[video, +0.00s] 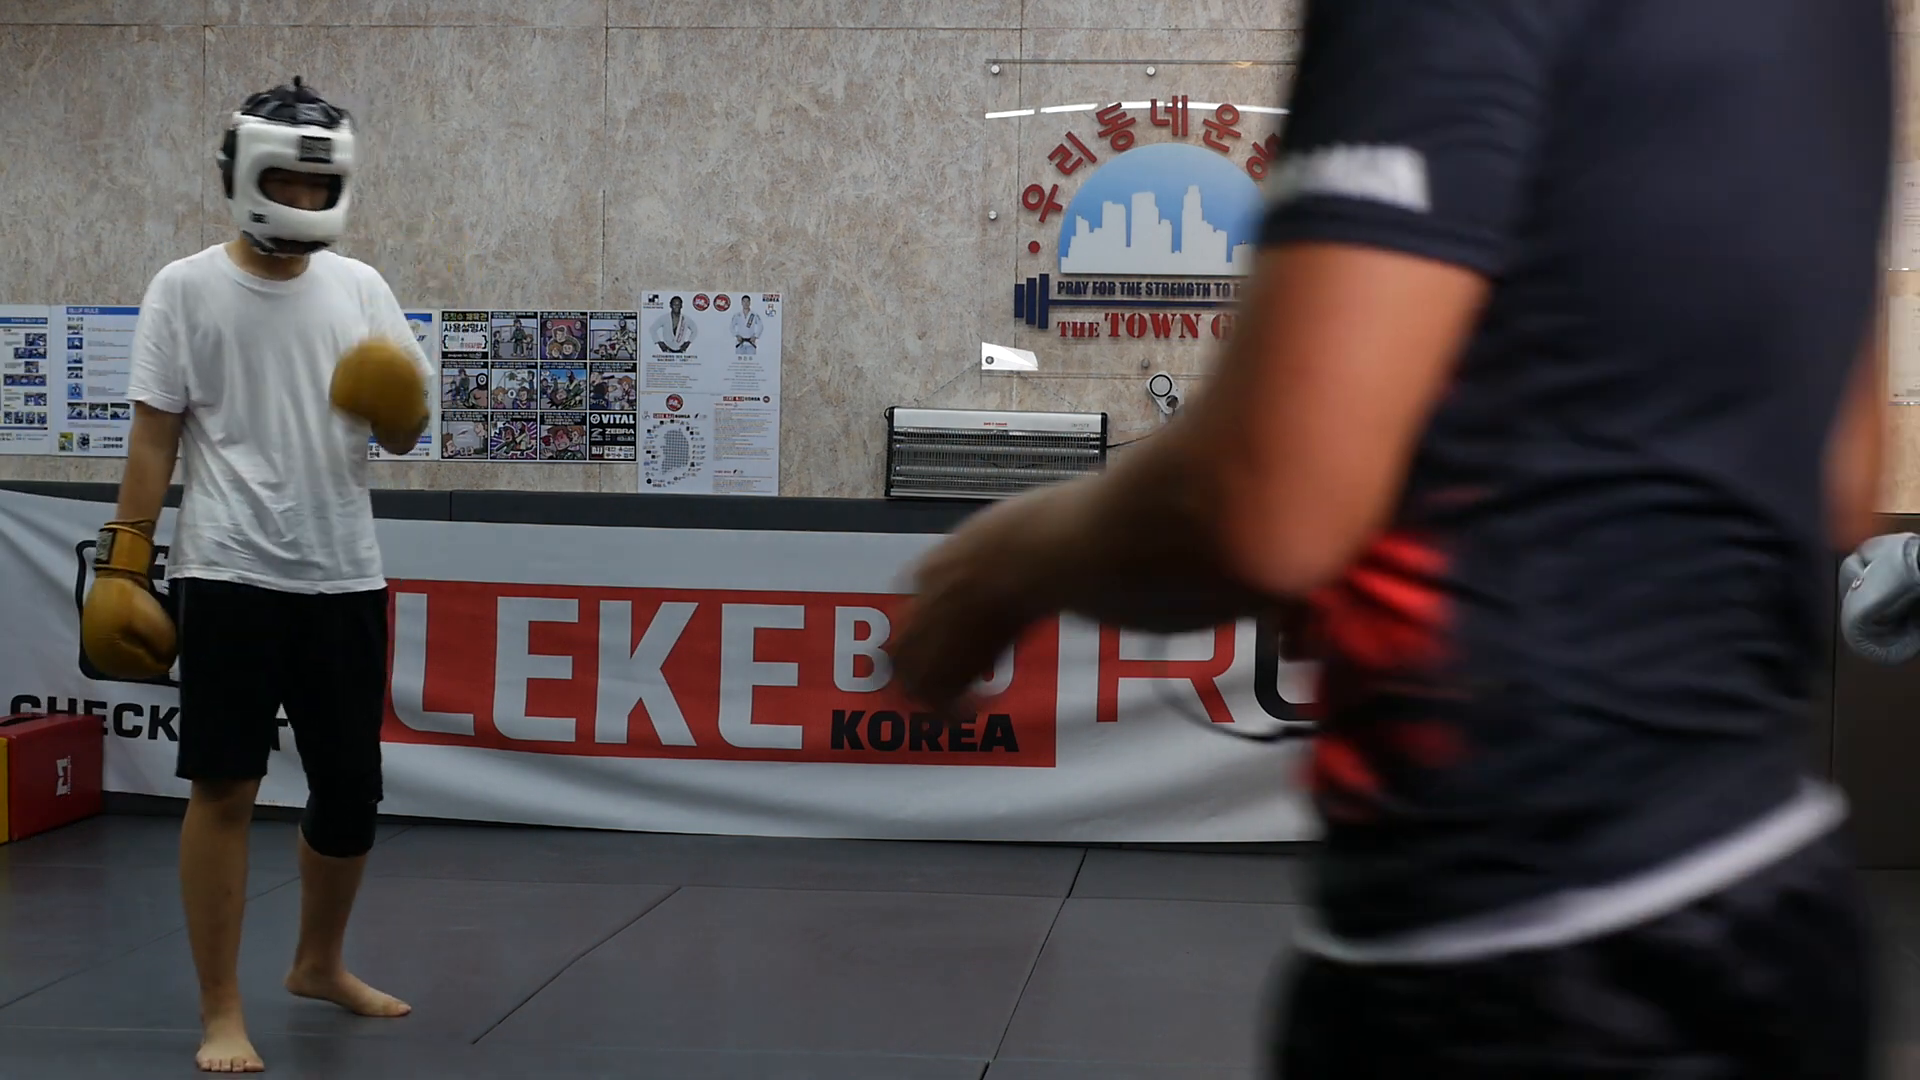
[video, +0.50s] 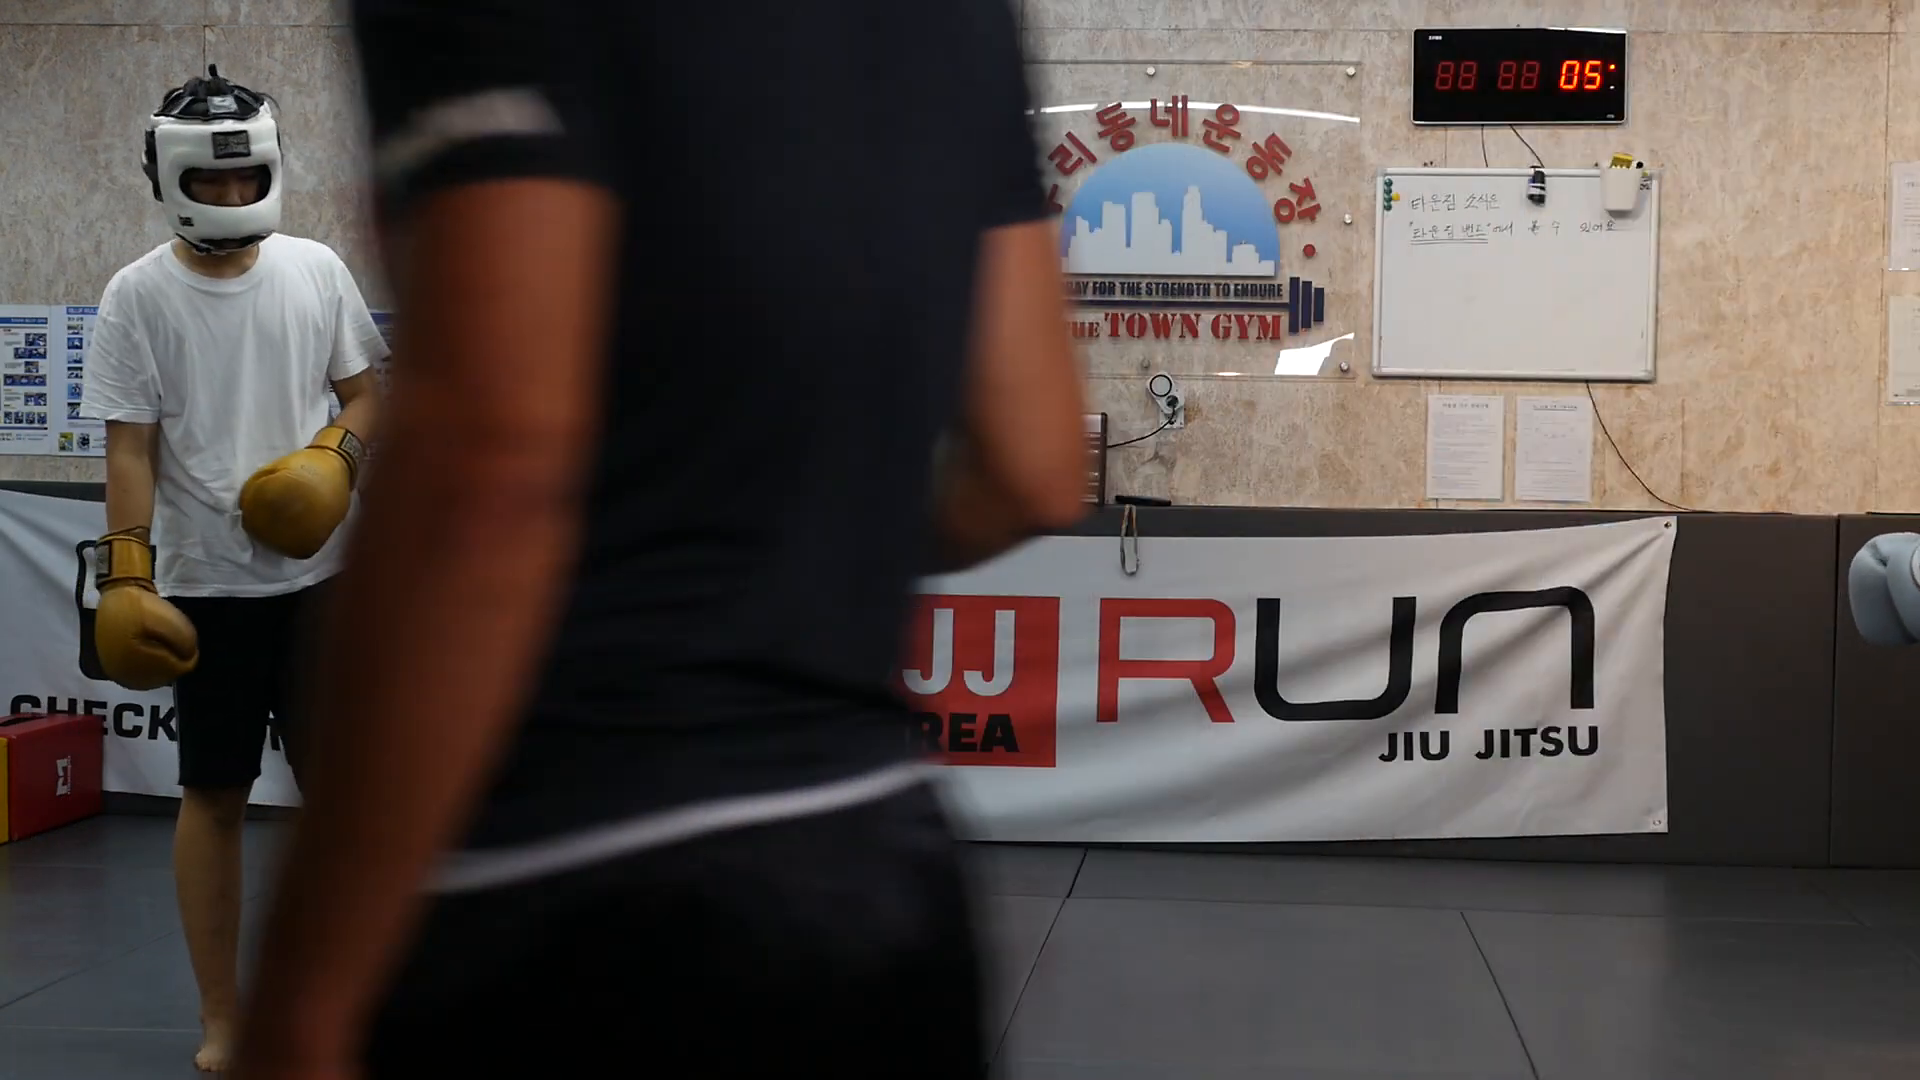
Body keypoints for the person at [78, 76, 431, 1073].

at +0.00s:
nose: (302, 187)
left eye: (319, 171)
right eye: (283, 168)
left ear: (341, 181)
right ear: (239, 170)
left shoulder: (362, 289)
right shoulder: (185, 289)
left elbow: (402, 439)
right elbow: (153, 440)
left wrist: (398, 403)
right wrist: (123, 573)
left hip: (343, 583)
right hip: (228, 580)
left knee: (350, 793)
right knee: (224, 793)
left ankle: (319, 965)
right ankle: (221, 1015)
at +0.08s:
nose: (272, 182)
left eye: (291, 166)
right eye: (251, 165)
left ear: (319, 177)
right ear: (214, 171)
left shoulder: (354, 289)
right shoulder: (172, 289)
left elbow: (384, 422)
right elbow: (142, 440)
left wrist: (371, 457)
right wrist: (111, 569)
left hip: (336, 585)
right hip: (216, 585)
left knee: (363, 791)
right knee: (217, 796)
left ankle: (323, 956)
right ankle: (221, 1017)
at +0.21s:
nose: (236, 185)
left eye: (256, 167)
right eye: (216, 167)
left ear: (290, 172)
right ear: (186, 171)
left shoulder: (338, 285)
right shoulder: (154, 290)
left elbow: (366, 408)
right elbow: (129, 437)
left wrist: (351, 468)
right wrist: (104, 566)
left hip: (331, 586)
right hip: (208, 588)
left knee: (374, 794)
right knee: (212, 800)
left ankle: (333, 952)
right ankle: (219, 1017)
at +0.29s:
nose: (223, 186)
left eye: (243, 167)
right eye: (202, 168)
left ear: (276, 170)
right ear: (172, 173)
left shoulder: (331, 280)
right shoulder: (145, 289)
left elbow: (365, 405)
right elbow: (124, 438)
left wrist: (340, 463)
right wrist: (104, 568)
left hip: (327, 584)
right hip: (205, 589)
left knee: (367, 793)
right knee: (211, 800)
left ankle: (342, 976)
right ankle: (219, 1018)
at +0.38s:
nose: (221, 185)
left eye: (240, 166)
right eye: (199, 168)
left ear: (270, 169)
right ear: (165, 176)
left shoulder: (324, 275)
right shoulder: (140, 292)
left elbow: (363, 400)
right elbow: (125, 440)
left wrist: (333, 456)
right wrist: (108, 572)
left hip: (327, 582)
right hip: (206, 590)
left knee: (357, 795)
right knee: (211, 800)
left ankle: (352, 1007)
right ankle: (220, 1019)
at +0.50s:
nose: (231, 181)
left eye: (247, 161)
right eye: (207, 165)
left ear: (271, 165)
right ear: (166, 175)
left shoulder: (317, 272)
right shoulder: (137, 296)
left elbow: (367, 397)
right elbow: (128, 448)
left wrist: (330, 454)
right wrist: (126, 579)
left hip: (319, 582)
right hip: (205, 591)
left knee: (348, 803)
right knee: (213, 804)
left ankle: (351, 1022)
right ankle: (221, 1025)